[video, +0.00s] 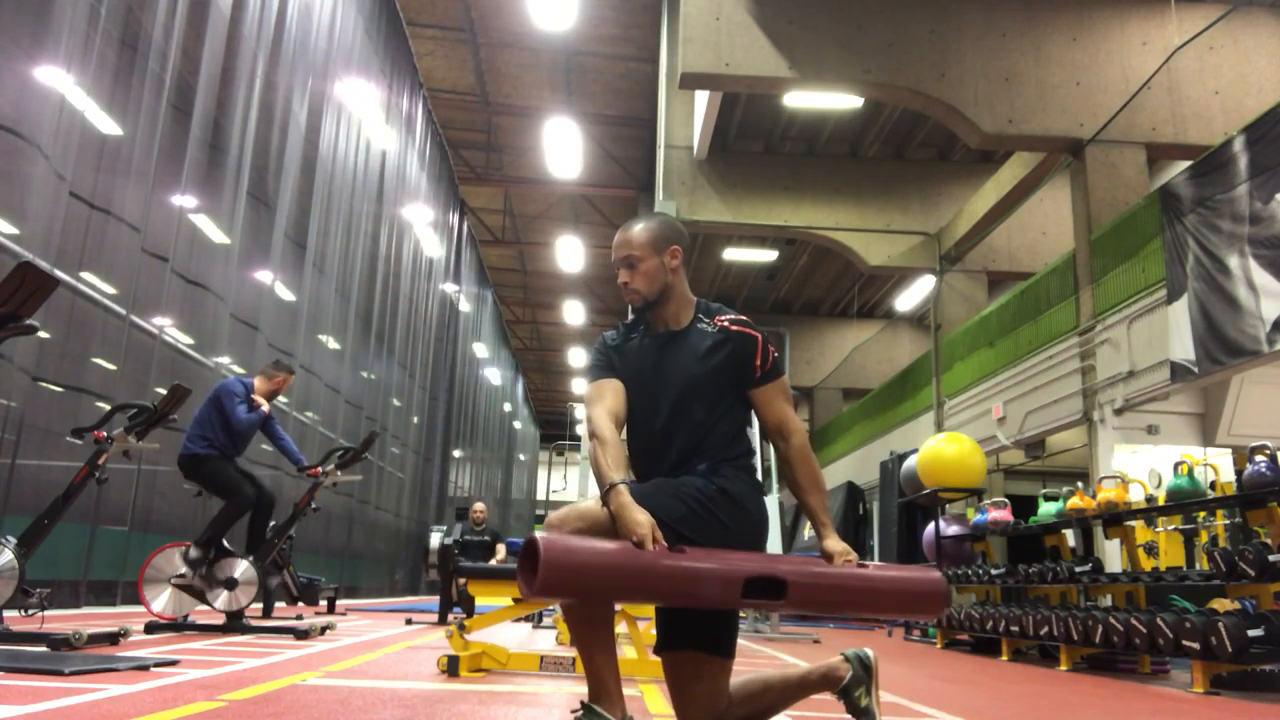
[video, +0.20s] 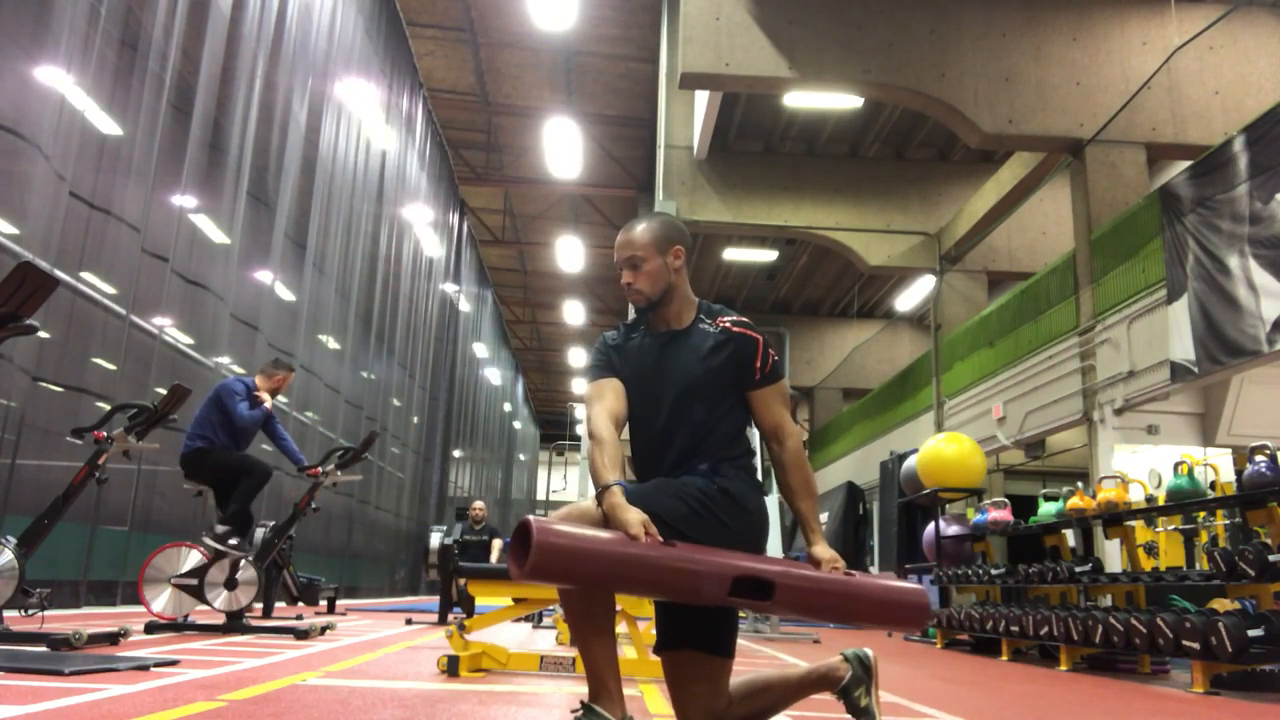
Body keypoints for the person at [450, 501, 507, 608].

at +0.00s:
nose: (477, 515)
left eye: (481, 512)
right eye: (475, 512)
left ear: (486, 515)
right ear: (470, 514)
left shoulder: (493, 533)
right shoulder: (461, 531)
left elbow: (501, 553)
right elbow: (452, 550)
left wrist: (495, 560)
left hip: (486, 571)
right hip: (464, 569)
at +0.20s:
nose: (476, 512)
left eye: (480, 509)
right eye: (474, 509)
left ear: (485, 513)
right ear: (469, 512)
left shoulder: (493, 531)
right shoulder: (461, 529)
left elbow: (496, 548)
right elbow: (453, 548)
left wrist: (492, 564)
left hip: (483, 572)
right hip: (462, 572)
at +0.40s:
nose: (475, 511)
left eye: (479, 508)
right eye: (472, 508)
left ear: (484, 511)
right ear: (469, 510)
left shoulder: (491, 529)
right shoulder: (461, 527)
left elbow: (495, 544)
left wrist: (490, 559)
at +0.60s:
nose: (473, 510)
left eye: (476, 507)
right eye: (470, 507)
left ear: (482, 510)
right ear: (467, 510)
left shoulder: (488, 527)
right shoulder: (459, 527)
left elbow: (496, 543)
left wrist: (489, 557)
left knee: (481, 555)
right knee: (456, 554)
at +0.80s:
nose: (469, 509)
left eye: (473, 506)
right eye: (467, 506)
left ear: (479, 509)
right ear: (463, 508)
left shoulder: (487, 527)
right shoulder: (457, 527)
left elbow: (495, 544)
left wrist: (489, 560)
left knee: (481, 547)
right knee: (455, 548)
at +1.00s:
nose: (468, 507)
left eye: (471, 504)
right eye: (465, 504)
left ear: (477, 507)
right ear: (461, 507)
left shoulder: (487, 527)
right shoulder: (453, 527)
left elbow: (494, 546)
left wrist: (488, 565)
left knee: (481, 542)